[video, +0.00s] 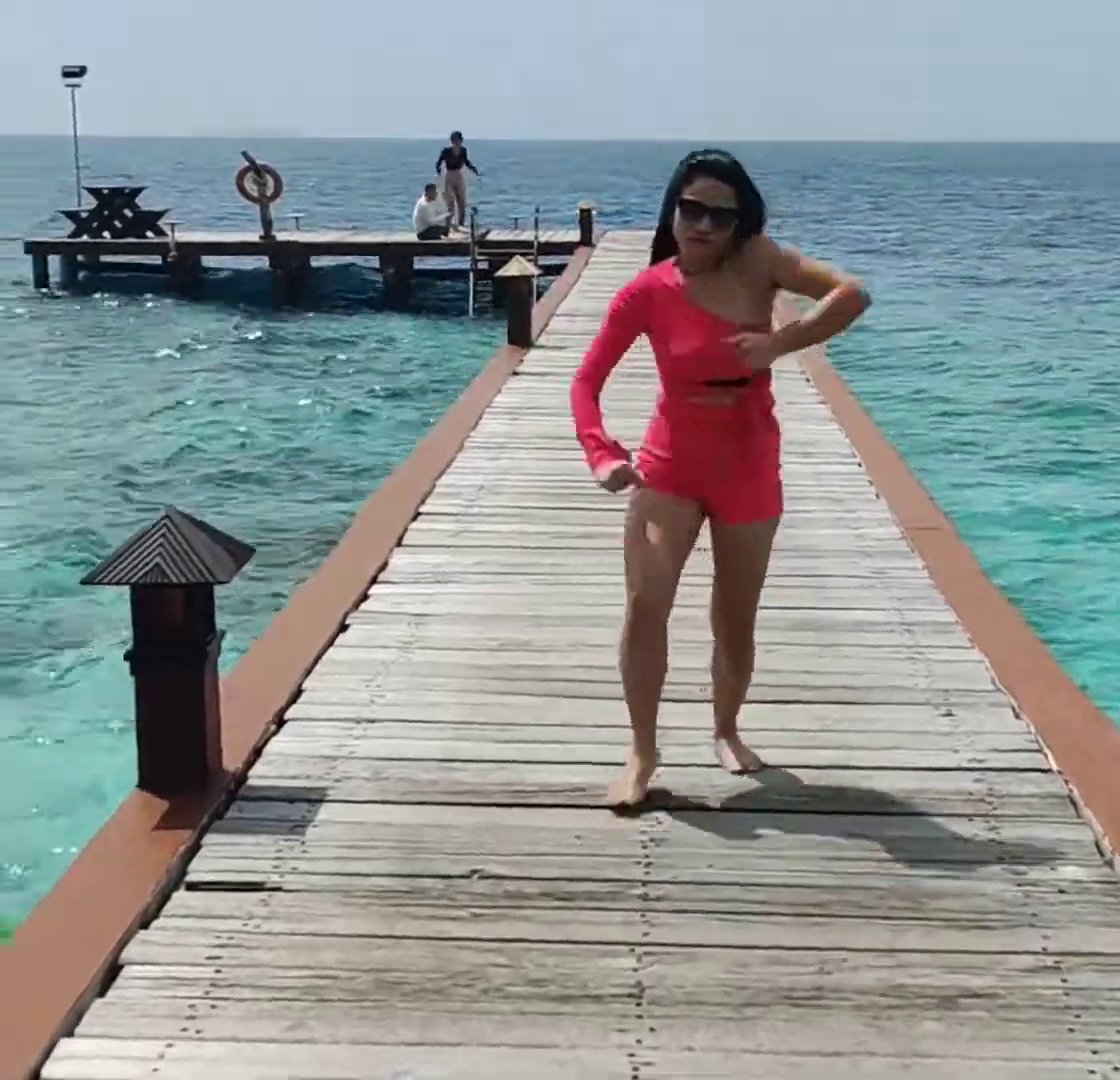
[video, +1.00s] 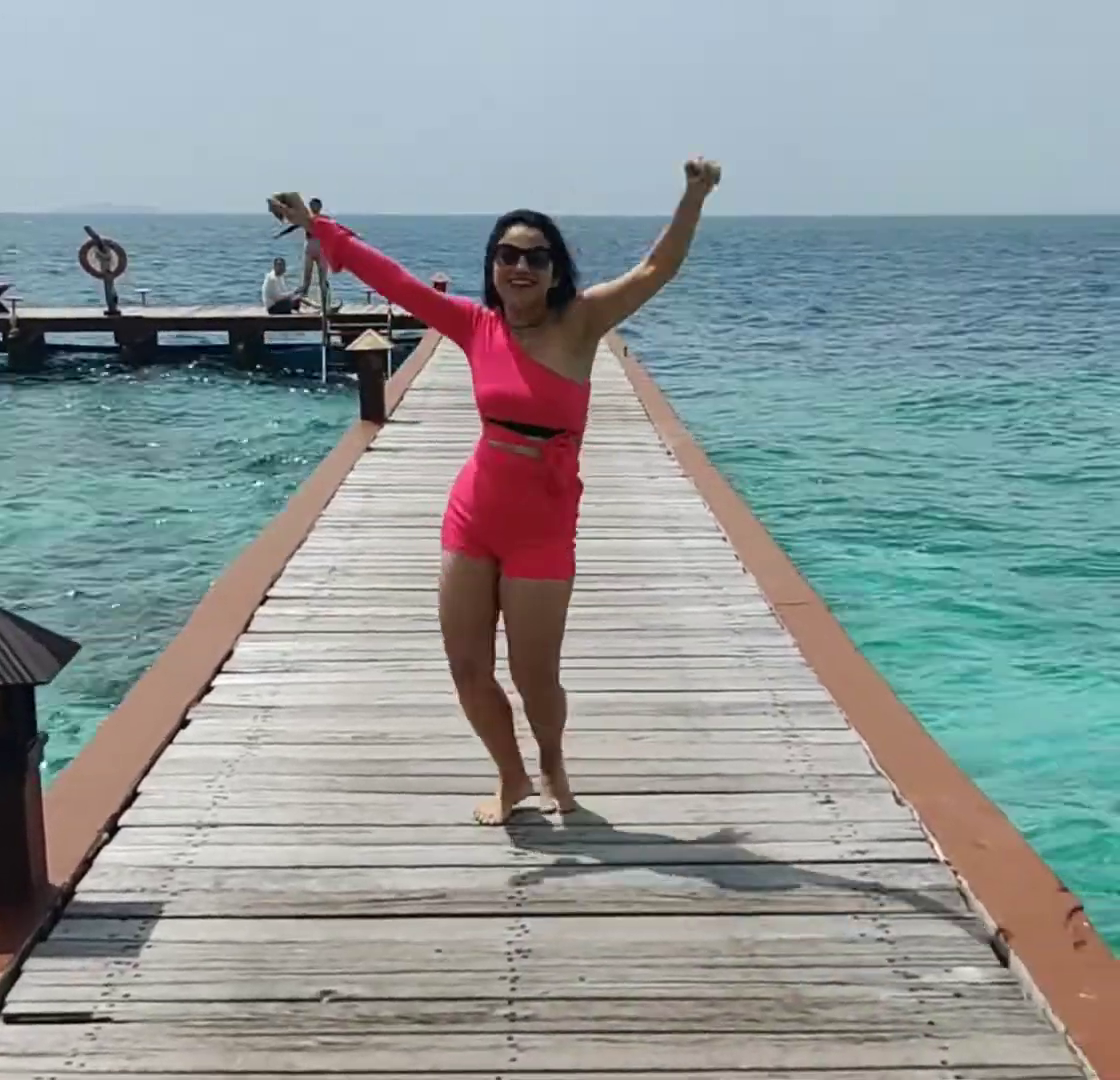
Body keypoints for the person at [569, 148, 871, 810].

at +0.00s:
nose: (701, 224)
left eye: (718, 213)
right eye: (689, 209)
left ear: (742, 219)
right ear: (671, 212)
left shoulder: (763, 263)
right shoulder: (648, 291)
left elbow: (852, 295)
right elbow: (585, 383)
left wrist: (782, 342)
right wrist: (602, 452)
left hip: (749, 465)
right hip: (670, 460)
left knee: (735, 620)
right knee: (644, 610)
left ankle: (726, 731)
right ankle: (641, 755)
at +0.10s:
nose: (687, 239)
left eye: (705, 228)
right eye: (675, 223)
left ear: (728, 234)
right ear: (657, 225)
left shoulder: (750, 275)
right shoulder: (629, 301)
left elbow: (849, 286)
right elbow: (536, 358)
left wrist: (782, 314)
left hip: (734, 482)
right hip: (655, 480)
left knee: (723, 644)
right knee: (648, 635)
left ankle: (711, 763)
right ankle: (634, 740)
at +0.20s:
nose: (681, 263)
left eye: (697, 252)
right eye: (668, 248)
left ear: (722, 258)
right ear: (651, 249)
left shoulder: (733, 303)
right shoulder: (619, 312)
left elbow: (829, 317)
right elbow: (517, 347)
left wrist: (748, 319)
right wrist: (432, 401)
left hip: (726, 508)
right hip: (647, 512)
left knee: (721, 669)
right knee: (658, 678)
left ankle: (703, 786)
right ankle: (625, 717)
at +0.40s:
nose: (660, 287)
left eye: (676, 277)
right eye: (647, 274)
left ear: (694, 287)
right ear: (627, 280)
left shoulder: (709, 351)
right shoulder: (590, 343)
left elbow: (795, 388)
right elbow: (488, 344)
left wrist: (715, 378)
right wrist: (386, 341)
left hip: (696, 530)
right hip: (618, 536)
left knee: (696, 690)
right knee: (633, 695)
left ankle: (688, 818)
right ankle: (603, 764)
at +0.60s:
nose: (594, 247)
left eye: (609, 237)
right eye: (582, 237)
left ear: (633, 250)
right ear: (565, 250)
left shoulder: (654, 318)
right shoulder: (540, 309)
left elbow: (752, 316)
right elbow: (444, 281)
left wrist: (671, 342)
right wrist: (348, 241)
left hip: (620, 502)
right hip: (544, 502)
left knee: (628, 664)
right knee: (555, 667)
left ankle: (646, 796)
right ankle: (561, 780)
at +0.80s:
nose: (540, 269)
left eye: (554, 257)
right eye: (527, 258)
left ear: (578, 265)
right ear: (511, 266)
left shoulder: (604, 325)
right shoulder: (499, 324)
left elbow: (693, 264)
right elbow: (422, 275)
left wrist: (629, 275)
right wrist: (346, 217)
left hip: (545, 524)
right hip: (476, 508)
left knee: (524, 679)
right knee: (486, 672)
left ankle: (578, 745)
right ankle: (526, 778)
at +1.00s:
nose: (521, 265)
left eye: (536, 256)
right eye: (509, 255)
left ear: (557, 267)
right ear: (491, 265)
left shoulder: (582, 320)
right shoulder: (477, 325)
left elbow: (656, 269)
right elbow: (396, 283)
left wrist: (693, 198)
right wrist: (314, 225)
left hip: (544, 523)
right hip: (473, 512)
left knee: (534, 676)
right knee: (467, 670)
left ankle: (551, 766)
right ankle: (511, 778)